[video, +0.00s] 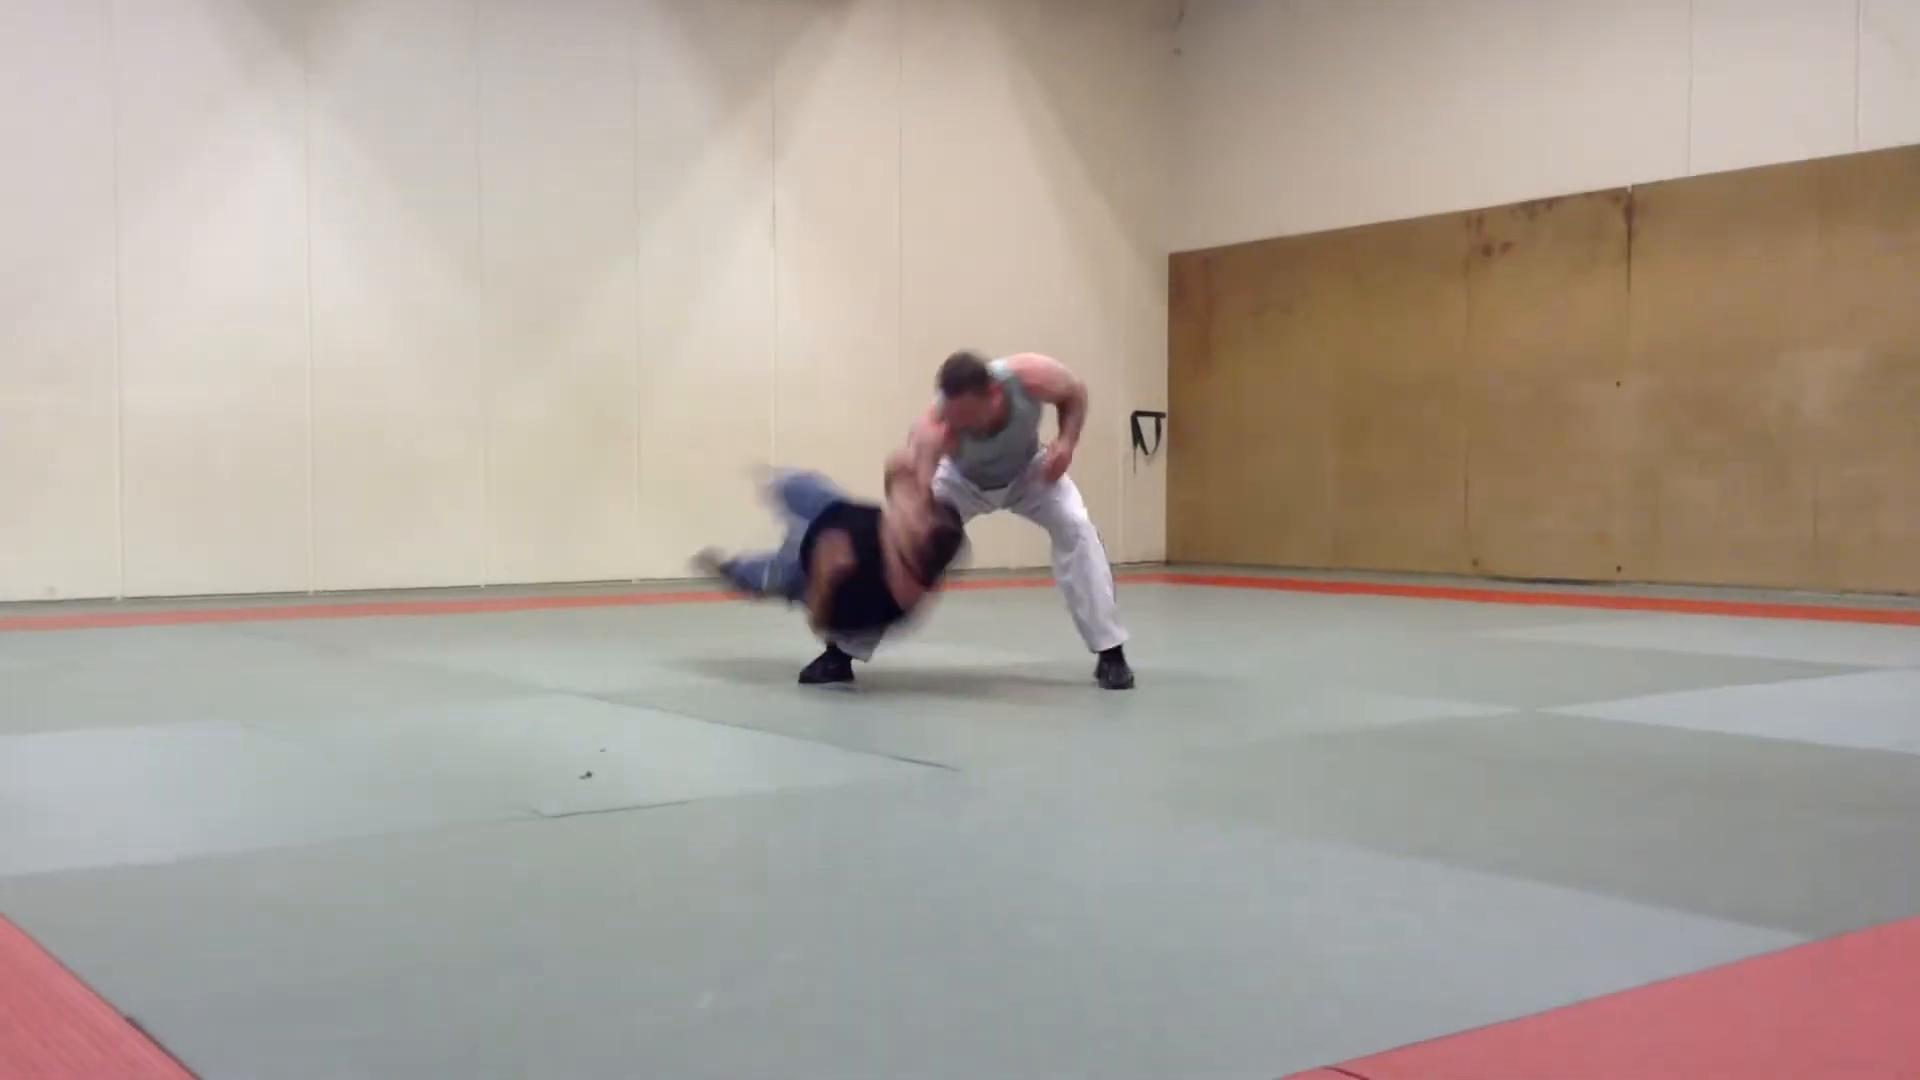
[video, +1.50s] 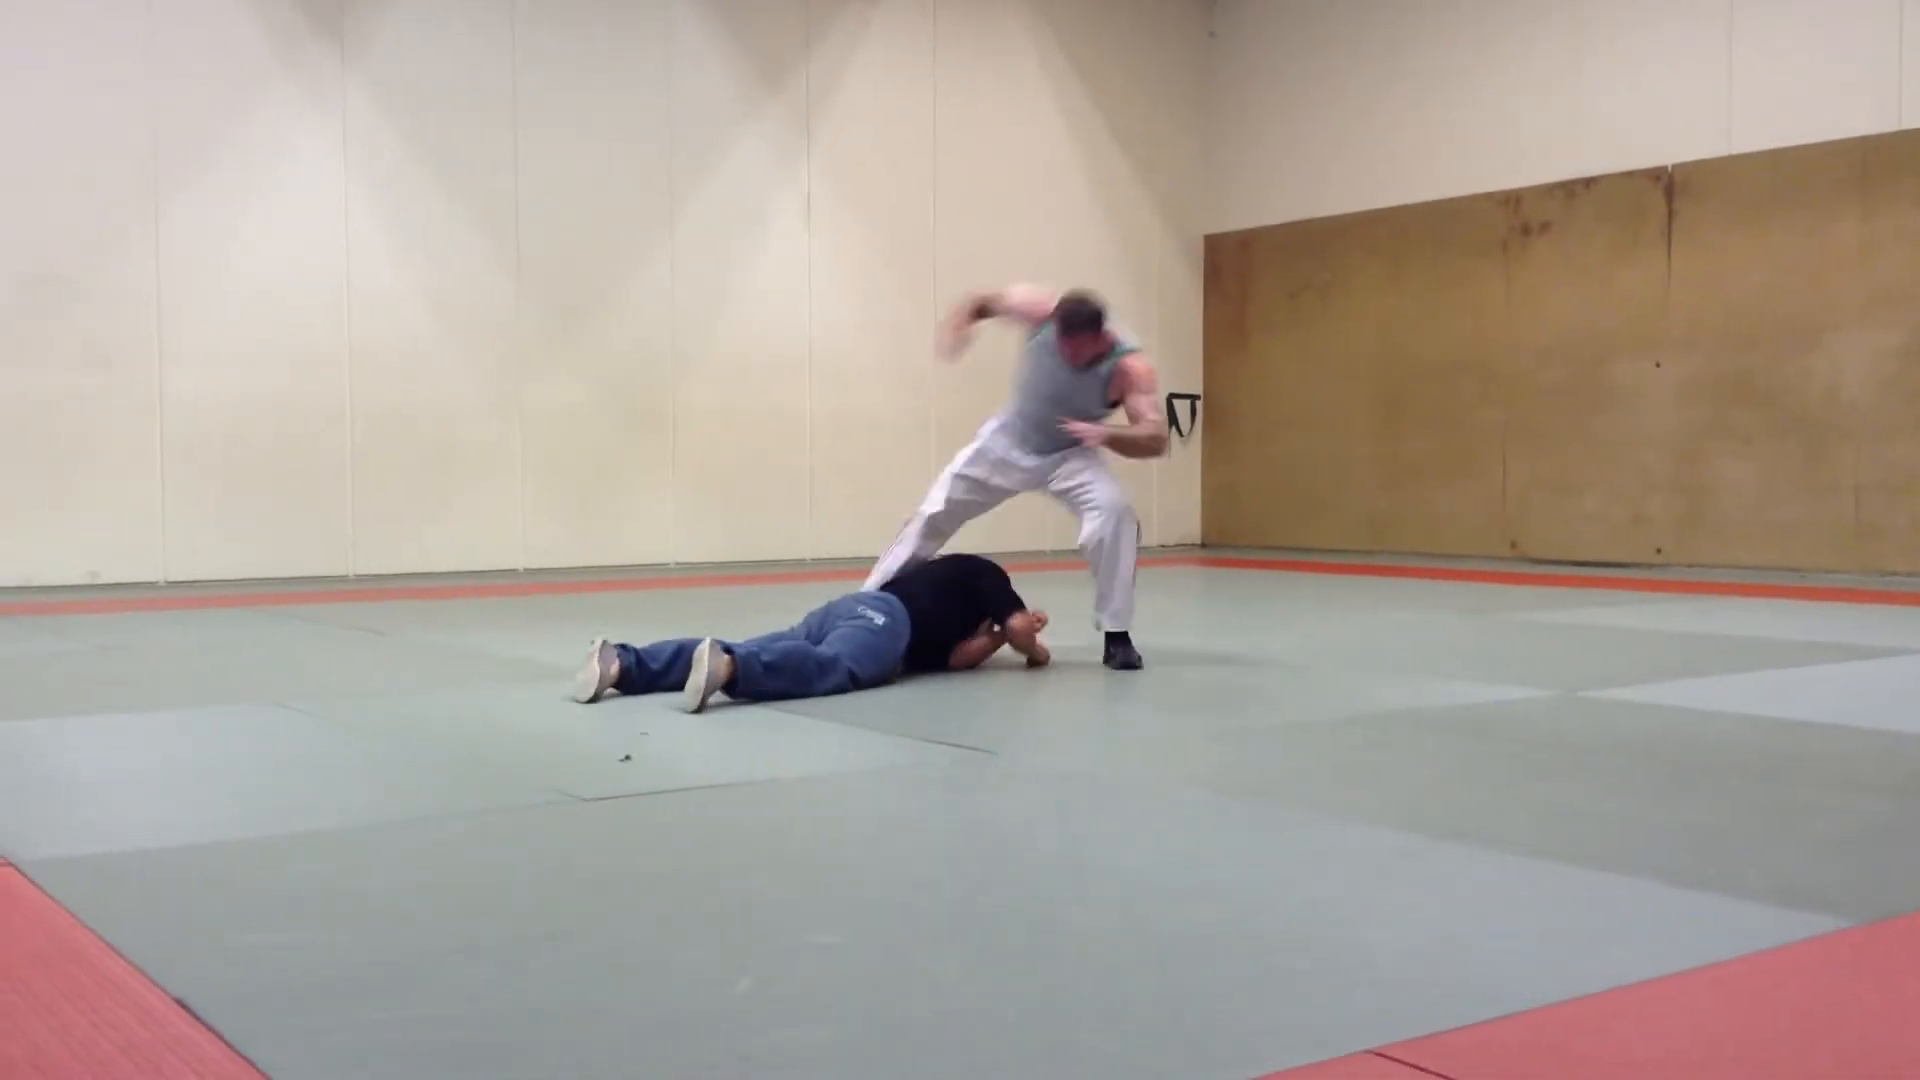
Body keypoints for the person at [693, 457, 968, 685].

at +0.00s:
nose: (906, 522)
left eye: (912, 529)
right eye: (914, 517)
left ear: (916, 550)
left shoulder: (878, 604)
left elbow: (820, 620)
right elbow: (903, 485)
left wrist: (825, 576)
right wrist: (903, 471)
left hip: (804, 568)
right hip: (835, 517)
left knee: (761, 573)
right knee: (804, 489)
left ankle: (726, 567)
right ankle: (779, 484)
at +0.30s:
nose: (984, 589)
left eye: (995, 593)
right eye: (986, 577)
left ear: (987, 607)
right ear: (968, 564)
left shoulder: (934, 639)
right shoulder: (914, 557)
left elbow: (914, 663)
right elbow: (848, 524)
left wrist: (960, 613)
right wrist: (912, 543)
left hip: (795, 651)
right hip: (792, 597)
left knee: (668, 660)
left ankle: (532, 661)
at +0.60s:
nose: (968, 577)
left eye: (973, 577)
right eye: (966, 567)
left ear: (964, 587)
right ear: (948, 555)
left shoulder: (924, 632)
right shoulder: (909, 548)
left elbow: (935, 655)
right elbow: (892, 570)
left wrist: (978, 616)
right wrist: (945, 612)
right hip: (837, 606)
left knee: (721, 656)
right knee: (824, 671)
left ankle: (605, 671)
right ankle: (713, 684)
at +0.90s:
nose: (983, 586)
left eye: (987, 586)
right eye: (981, 575)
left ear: (975, 594)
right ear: (962, 559)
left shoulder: (931, 628)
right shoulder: (929, 550)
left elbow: (955, 654)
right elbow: (914, 578)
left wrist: (1006, 629)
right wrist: (953, 639)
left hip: (817, 618)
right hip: (851, 607)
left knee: (731, 654)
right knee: (835, 668)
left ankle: (617, 672)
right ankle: (726, 683)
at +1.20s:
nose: (975, 593)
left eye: (976, 584)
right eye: (975, 580)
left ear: (920, 566)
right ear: (957, 560)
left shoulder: (928, 620)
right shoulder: (944, 555)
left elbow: (940, 656)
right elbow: (964, 582)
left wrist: (998, 652)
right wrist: (1003, 644)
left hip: (832, 611)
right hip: (872, 619)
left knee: (733, 652)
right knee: (820, 667)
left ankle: (610, 662)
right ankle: (712, 681)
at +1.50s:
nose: (1011, 621)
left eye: (1014, 614)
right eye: (1015, 609)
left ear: (980, 604)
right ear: (1002, 589)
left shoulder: (947, 615)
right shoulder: (982, 574)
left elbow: (957, 660)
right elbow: (1024, 638)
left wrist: (1005, 631)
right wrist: (1038, 656)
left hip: (844, 615)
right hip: (887, 614)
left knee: (749, 653)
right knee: (835, 665)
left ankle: (625, 667)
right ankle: (731, 667)